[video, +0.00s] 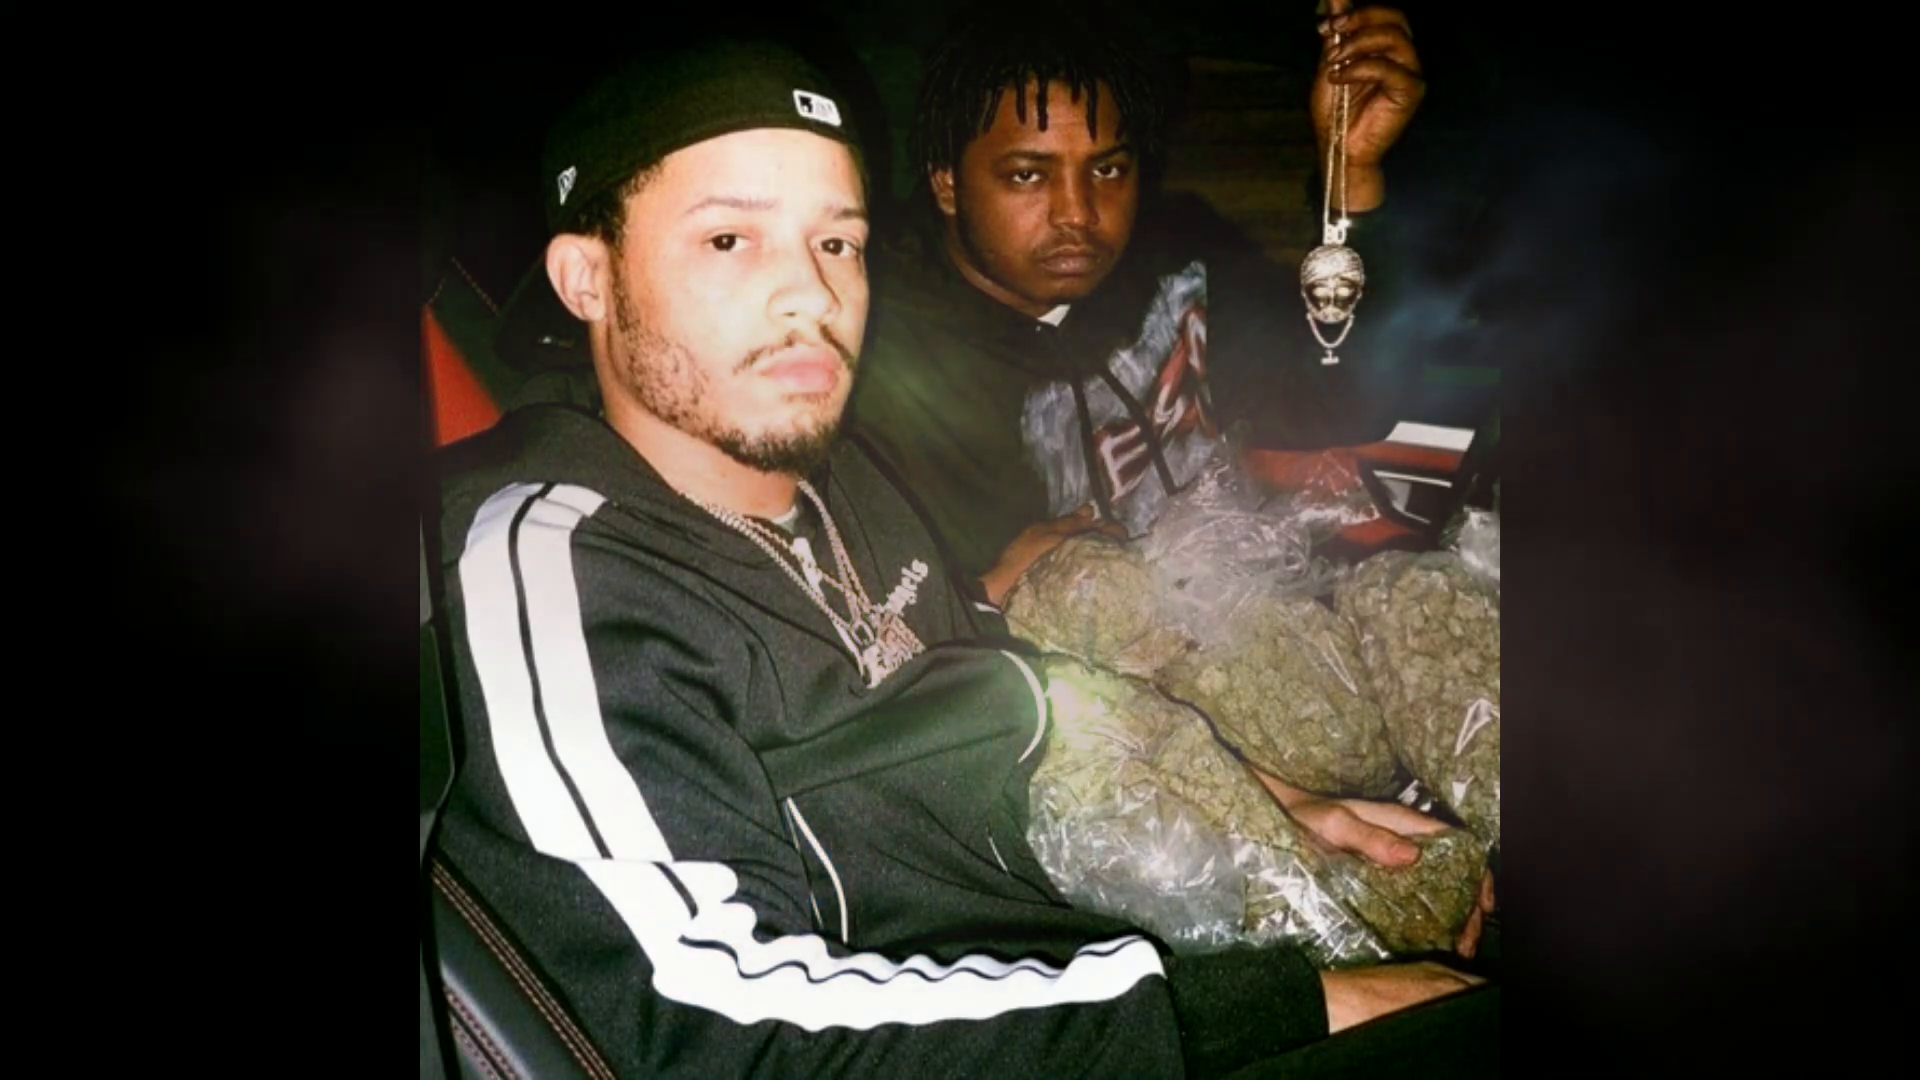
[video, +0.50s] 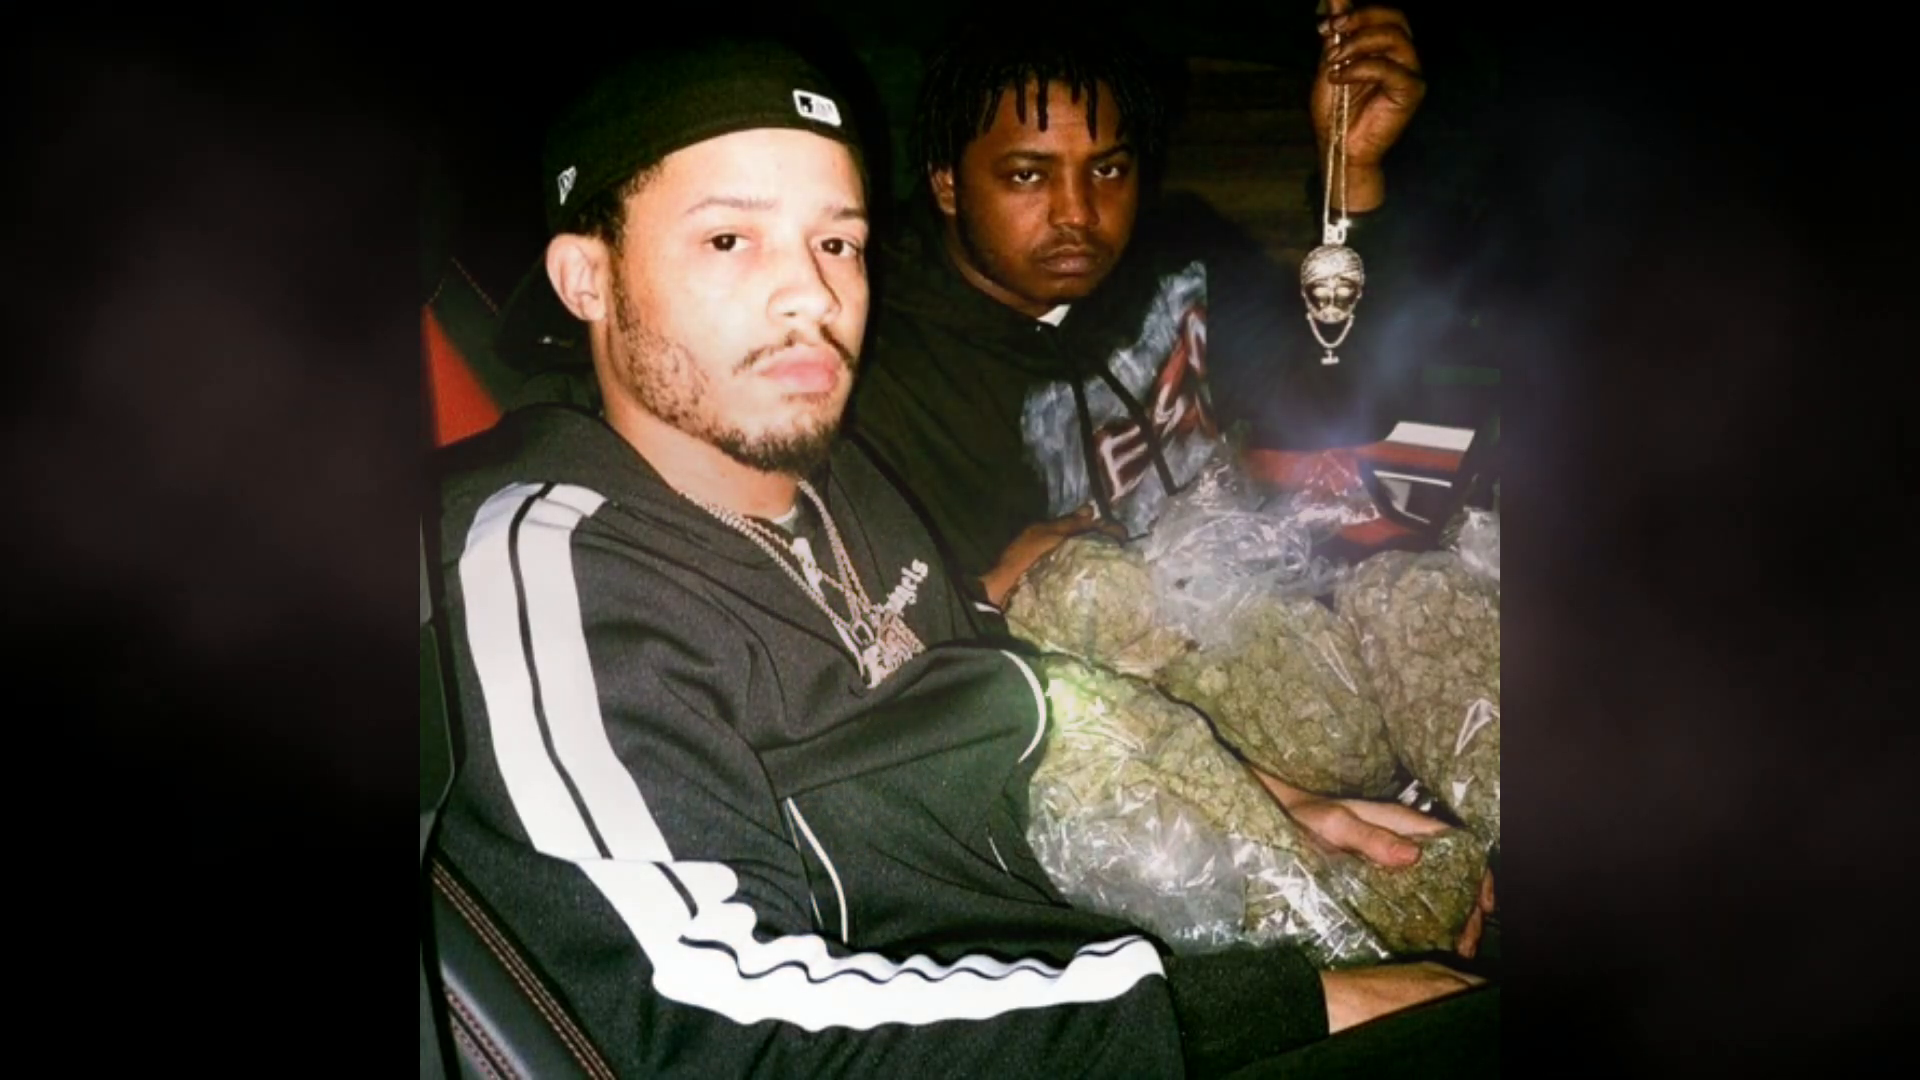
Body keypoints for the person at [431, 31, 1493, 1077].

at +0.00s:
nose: (810, 304)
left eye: (835, 250)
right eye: (729, 245)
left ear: (868, 269)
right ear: (588, 282)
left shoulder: (833, 481)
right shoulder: (534, 557)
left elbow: (1011, 738)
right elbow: (709, 1015)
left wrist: (1269, 821)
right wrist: (1277, 1009)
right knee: (1469, 1004)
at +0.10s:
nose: (810, 305)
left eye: (835, 249)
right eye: (729, 245)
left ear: (867, 268)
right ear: (588, 282)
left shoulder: (831, 481)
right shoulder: (534, 558)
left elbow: (1010, 737)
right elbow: (710, 1016)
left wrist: (1269, 820)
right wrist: (1277, 1009)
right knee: (1468, 1004)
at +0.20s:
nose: (812, 305)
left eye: (835, 249)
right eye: (730, 246)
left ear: (867, 266)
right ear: (589, 282)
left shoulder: (831, 481)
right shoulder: (533, 557)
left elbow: (1010, 739)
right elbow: (710, 1015)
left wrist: (1272, 821)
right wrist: (1276, 1008)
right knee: (1472, 1004)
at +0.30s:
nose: (811, 305)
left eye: (835, 249)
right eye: (729, 245)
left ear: (867, 267)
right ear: (588, 282)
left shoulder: (826, 477)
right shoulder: (532, 555)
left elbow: (1010, 736)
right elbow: (710, 1015)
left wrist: (1270, 821)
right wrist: (1279, 1008)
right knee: (1477, 1005)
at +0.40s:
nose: (811, 303)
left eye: (835, 249)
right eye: (729, 244)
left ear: (867, 267)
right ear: (588, 283)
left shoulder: (825, 475)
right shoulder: (534, 555)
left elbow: (1009, 729)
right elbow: (710, 1015)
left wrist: (1269, 820)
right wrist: (1279, 1008)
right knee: (1475, 1004)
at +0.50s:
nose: (810, 303)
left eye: (835, 249)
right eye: (729, 244)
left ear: (867, 268)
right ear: (588, 283)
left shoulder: (825, 476)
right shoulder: (532, 552)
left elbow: (1008, 732)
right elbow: (708, 1016)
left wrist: (1267, 819)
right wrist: (1278, 1008)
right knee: (1473, 1004)